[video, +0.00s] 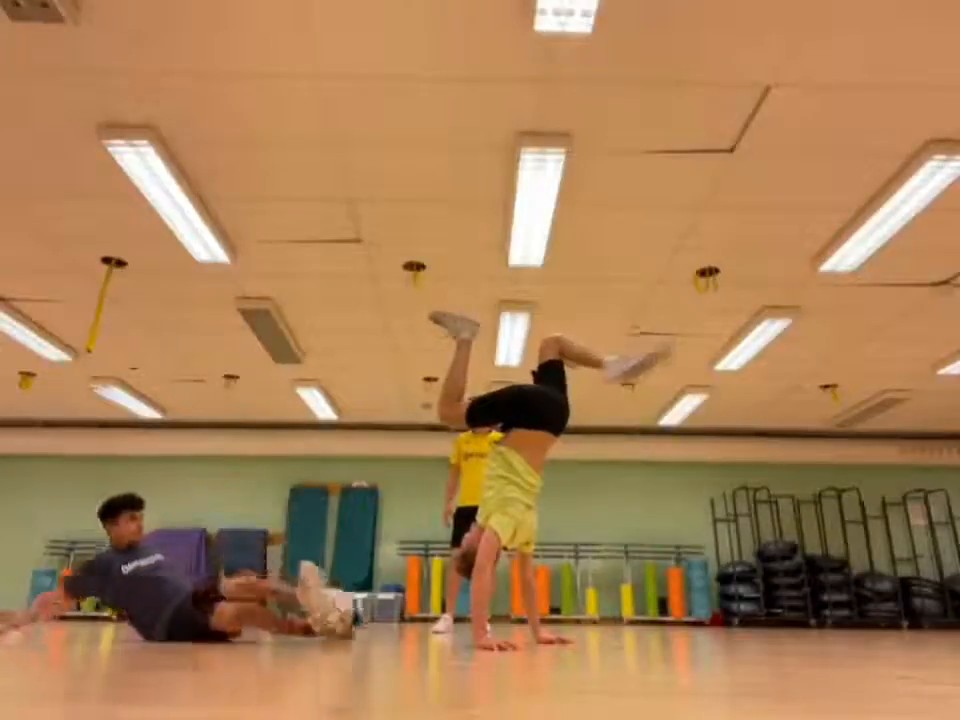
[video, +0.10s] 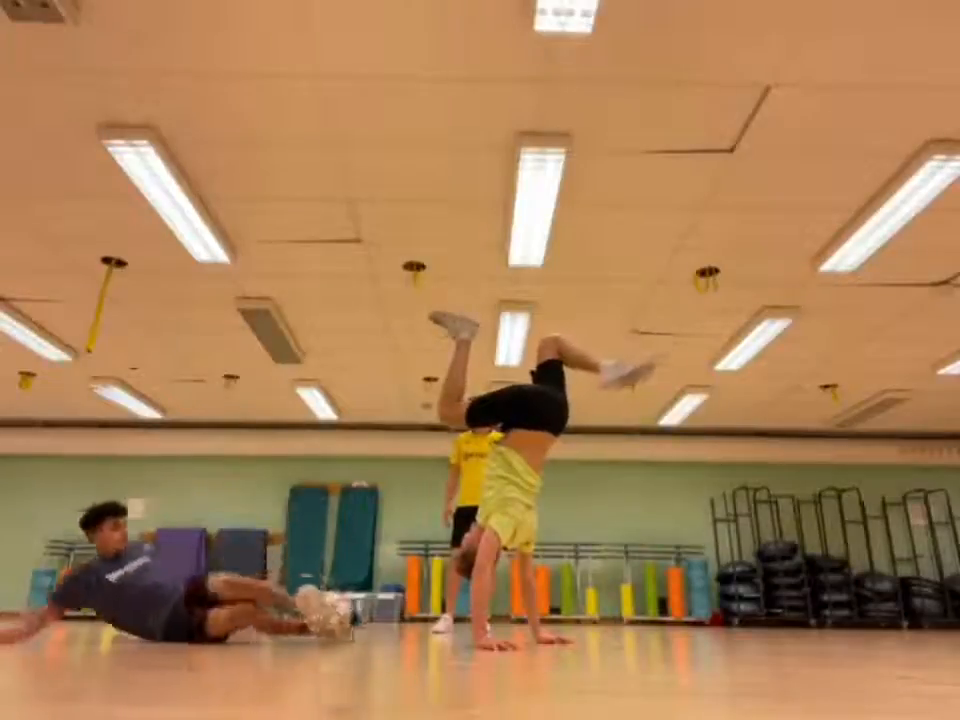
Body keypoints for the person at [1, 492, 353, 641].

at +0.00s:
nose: (138, 527)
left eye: (139, 521)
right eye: (130, 522)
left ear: (139, 524)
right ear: (111, 527)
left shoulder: (147, 551)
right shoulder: (102, 566)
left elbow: (166, 586)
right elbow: (63, 593)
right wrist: (33, 615)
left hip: (194, 594)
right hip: (173, 618)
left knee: (251, 583)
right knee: (241, 612)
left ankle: (309, 601)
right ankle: (309, 629)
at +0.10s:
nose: (122, 533)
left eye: (122, 527)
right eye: (114, 529)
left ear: (121, 531)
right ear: (94, 536)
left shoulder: (139, 552)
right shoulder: (81, 581)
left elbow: (165, 578)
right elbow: (43, 617)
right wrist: (20, 633)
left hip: (189, 590)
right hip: (174, 621)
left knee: (243, 585)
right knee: (246, 614)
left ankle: (306, 609)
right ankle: (313, 628)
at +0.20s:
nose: (111, 537)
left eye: (112, 530)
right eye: (103, 532)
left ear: (112, 534)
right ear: (81, 540)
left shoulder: (128, 556)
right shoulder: (69, 586)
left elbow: (159, 575)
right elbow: (31, 626)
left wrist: (188, 577)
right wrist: (15, 635)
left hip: (179, 592)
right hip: (171, 627)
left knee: (198, 573)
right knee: (216, 622)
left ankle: (269, 585)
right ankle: (282, 610)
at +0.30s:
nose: (102, 536)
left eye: (102, 530)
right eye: (93, 533)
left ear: (104, 532)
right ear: (73, 540)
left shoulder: (121, 554)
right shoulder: (63, 588)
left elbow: (149, 580)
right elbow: (22, 629)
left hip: (166, 592)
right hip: (155, 625)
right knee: (198, 624)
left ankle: (238, 574)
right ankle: (259, 605)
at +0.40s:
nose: (95, 536)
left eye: (95, 529)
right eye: (86, 531)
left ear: (97, 531)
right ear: (65, 538)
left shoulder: (116, 549)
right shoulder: (56, 588)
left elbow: (160, 568)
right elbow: (20, 632)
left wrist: (189, 576)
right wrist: (6, 634)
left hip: (162, 590)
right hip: (148, 623)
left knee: (118, 573)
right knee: (188, 627)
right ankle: (238, 605)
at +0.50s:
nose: (88, 535)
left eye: (88, 528)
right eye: (79, 530)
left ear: (90, 530)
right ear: (59, 537)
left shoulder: (110, 546)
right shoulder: (49, 586)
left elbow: (149, 556)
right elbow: (16, 631)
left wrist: (184, 565)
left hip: (161, 589)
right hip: (148, 622)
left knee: (112, 571)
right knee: (189, 630)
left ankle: (197, 584)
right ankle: (245, 613)